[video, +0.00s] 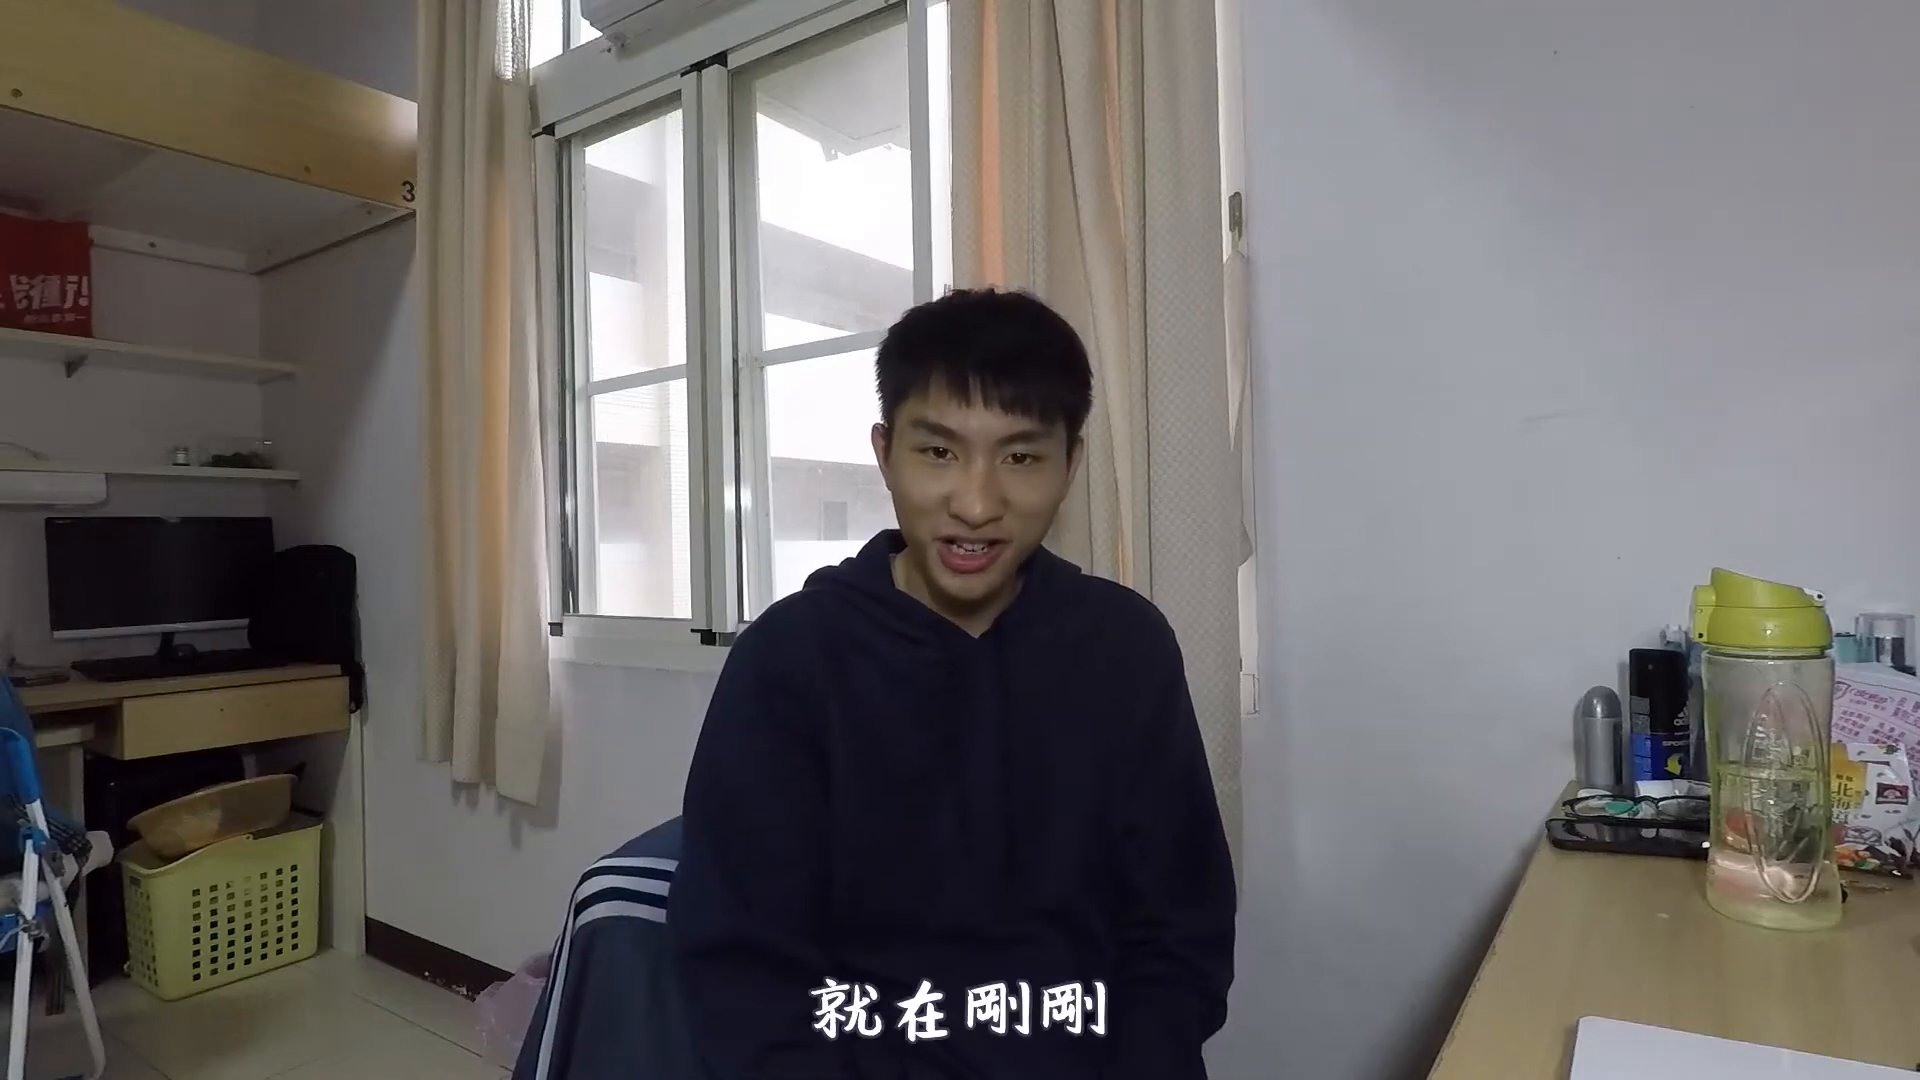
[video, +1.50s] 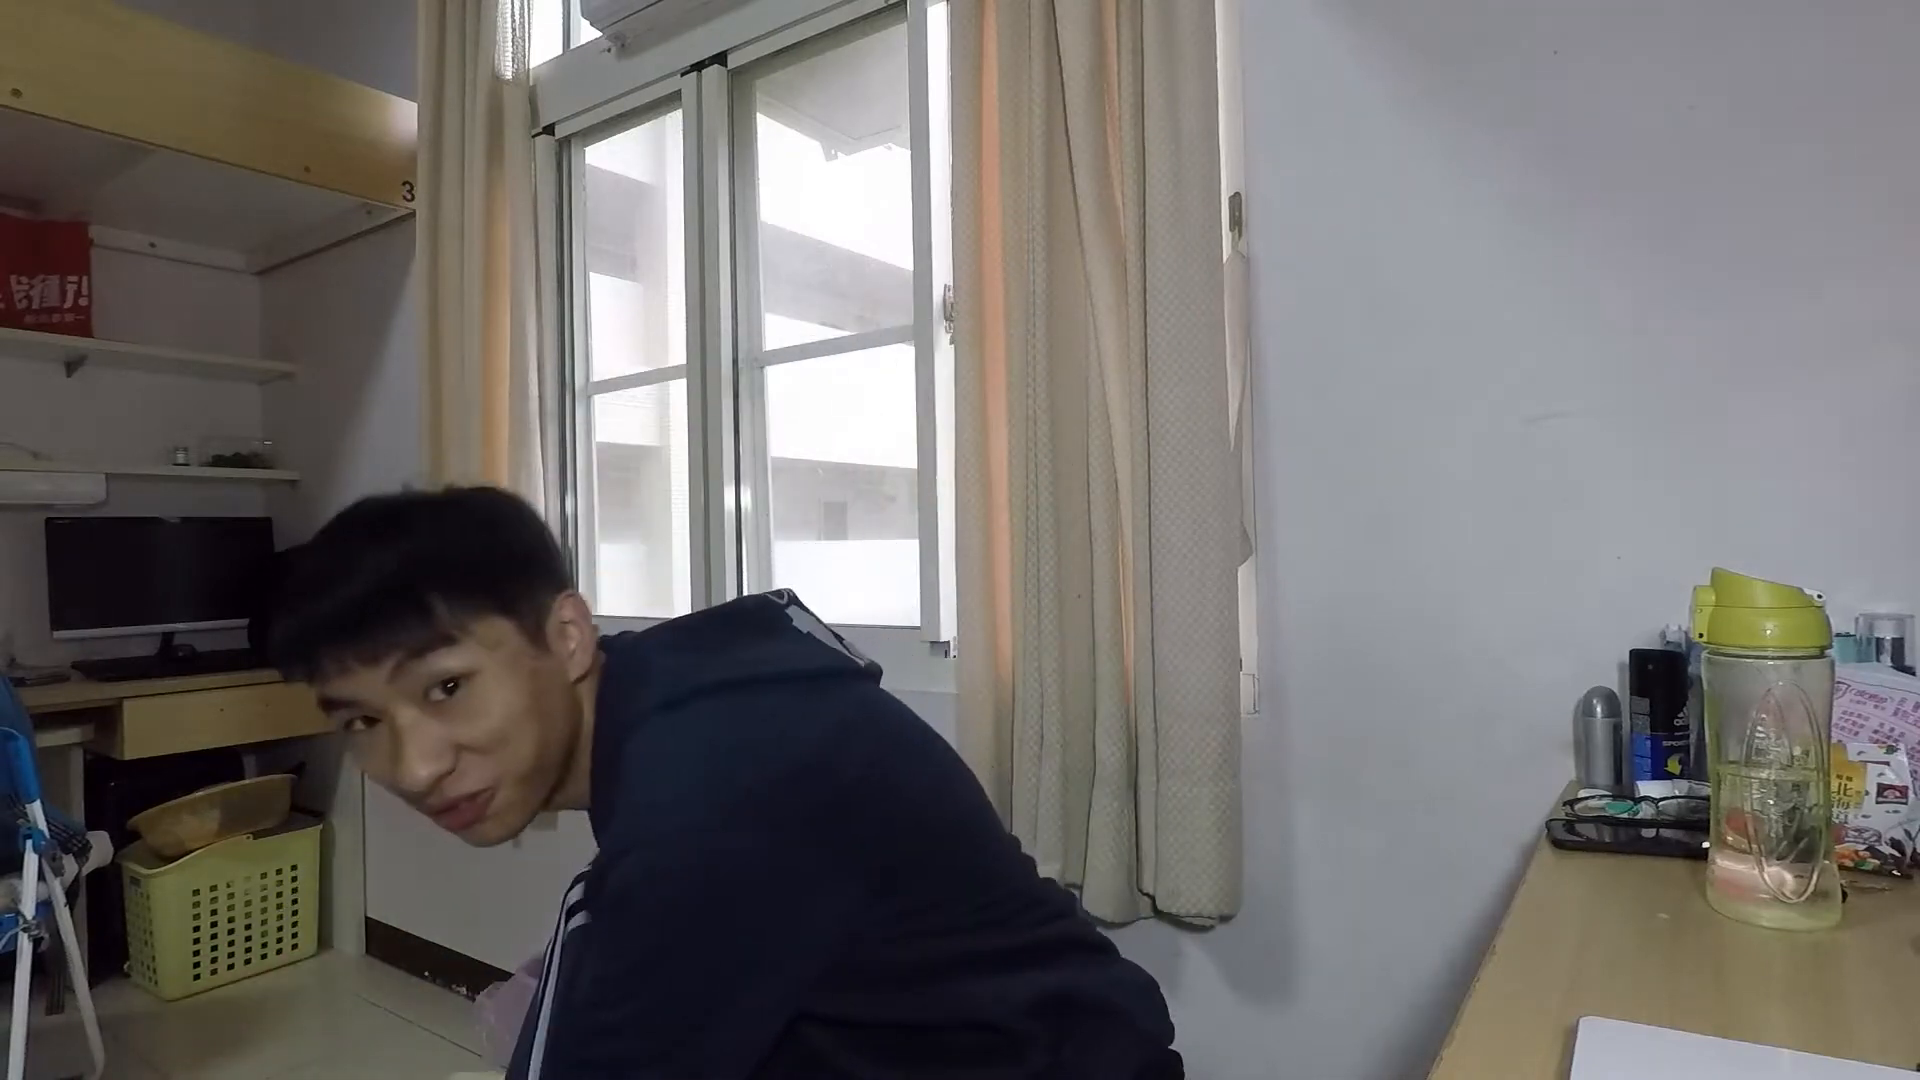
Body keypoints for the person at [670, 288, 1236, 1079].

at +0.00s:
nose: (976, 504)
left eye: (1021, 457)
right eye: (937, 451)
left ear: (1069, 467)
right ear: (883, 451)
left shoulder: (1128, 648)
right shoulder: (786, 660)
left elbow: (1186, 935)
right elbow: (731, 962)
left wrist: (1138, 1062)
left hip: (1078, 1051)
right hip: (857, 1051)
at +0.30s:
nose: (924, 520)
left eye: (969, 474)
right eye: (893, 474)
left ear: (1051, 463)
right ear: (867, 463)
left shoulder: (1131, 646)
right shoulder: (797, 639)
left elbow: (1189, 923)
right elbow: (648, 888)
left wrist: (1159, 1063)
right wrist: (611, 1063)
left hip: (1071, 1050)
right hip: (851, 1052)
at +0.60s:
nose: (854, 545)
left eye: (890, 501)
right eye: (828, 505)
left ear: (1000, 474)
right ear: (804, 486)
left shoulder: (1118, 643)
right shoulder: (771, 634)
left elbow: (1214, 929)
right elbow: (536, 787)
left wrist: (1185, 1070)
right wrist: (259, 951)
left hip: (1050, 1048)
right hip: (824, 1028)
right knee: (644, 884)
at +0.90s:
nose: (650, 602)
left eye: (673, 551)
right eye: (629, 561)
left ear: (791, 505)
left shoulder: (972, 630)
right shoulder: (696, 700)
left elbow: (983, 931)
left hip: (1039, 1015)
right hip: (846, 1022)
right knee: (625, 893)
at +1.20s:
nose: (421, 716)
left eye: (440, 651)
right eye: (393, 681)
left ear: (572, 598)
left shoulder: (703, 764)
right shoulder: (716, 684)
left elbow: (560, 1068)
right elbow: (628, 903)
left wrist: (538, 1015)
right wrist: (553, 997)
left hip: (1028, 1060)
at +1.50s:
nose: (415, 767)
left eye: (446, 690)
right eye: (366, 726)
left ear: (566, 634)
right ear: (344, 736)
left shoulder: (707, 789)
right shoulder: (673, 701)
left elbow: (581, 1061)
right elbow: (597, 927)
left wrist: (535, 1022)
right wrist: (551, 1005)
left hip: (1054, 1052)